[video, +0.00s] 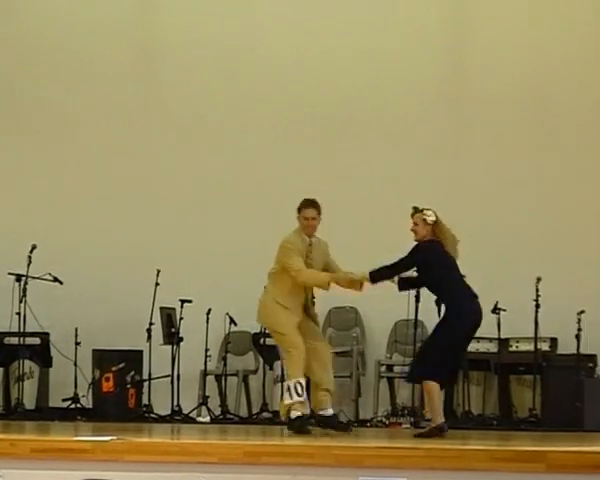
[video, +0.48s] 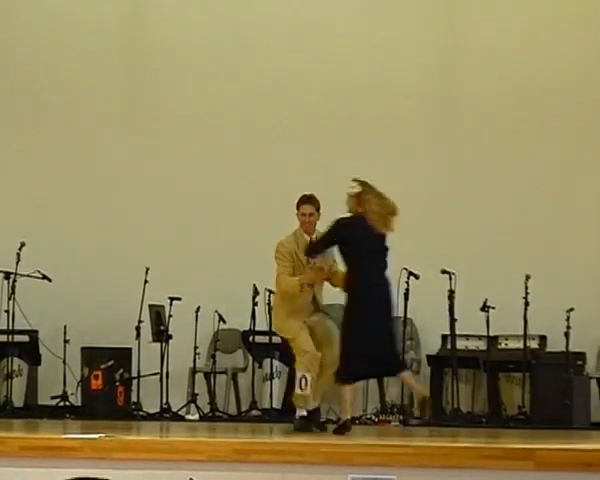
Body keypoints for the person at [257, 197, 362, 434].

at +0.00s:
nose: (310, 223)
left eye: (314, 219)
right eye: (306, 219)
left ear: (319, 220)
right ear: (298, 219)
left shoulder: (321, 247)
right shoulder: (289, 244)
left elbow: (336, 274)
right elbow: (300, 275)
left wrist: (358, 281)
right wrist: (330, 280)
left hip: (301, 311)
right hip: (276, 308)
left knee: (321, 350)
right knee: (295, 348)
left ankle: (323, 410)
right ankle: (295, 413)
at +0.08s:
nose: (301, 221)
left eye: (305, 217)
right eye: (296, 217)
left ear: (312, 219)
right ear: (291, 218)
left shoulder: (315, 243)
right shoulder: (283, 243)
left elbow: (330, 264)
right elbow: (298, 270)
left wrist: (348, 270)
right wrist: (331, 273)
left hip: (290, 307)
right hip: (266, 306)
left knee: (309, 351)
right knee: (282, 353)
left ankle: (322, 409)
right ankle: (292, 411)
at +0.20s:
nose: (299, 227)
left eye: (303, 223)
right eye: (294, 223)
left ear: (309, 224)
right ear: (288, 224)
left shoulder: (313, 249)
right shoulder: (283, 248)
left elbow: (329, 269)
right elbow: (297, 274)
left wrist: (347, 279)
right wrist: (331, 280)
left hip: (283, 313)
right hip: (261, 311)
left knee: (298, 362)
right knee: (274, 361)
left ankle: (321, 415)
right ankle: (286, 416)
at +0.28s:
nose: (302, 225)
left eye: (306, 221)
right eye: (297, 221)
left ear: (313, 222)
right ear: (291, 221)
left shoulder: (316, 245)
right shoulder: (284, 246)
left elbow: (330, 271)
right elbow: (295, 278)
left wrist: (352, 277)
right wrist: (321, 279)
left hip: (288, 311)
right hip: (266, 308)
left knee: (300, 358)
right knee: (276, 356)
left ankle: (317, 413)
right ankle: (283, 413)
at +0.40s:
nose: (305, 222)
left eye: (310, 218)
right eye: (301, 218)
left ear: (317, 218)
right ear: (295, 219)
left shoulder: (322, 244)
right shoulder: (286, 246)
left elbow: (328, 276)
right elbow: (286, 286)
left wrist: (349, 279)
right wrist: (314, 277)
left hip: (299, 309)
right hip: (275, 307)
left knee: (315, 355)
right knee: (300, 347)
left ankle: (302, 413)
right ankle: (281, 407)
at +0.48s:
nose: (307, 219)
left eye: (311, 215)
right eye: (303, 215)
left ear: (318, 216)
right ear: (297, 216)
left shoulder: (321, 245)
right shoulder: (286, 246)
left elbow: (335, 277)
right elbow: (283, 285)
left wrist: (355, 277)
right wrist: (309, 278)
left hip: (313, 312)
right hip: (287, 314)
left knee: (332, 348)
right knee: (308, 352)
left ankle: (313, 408)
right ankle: (301, 413)